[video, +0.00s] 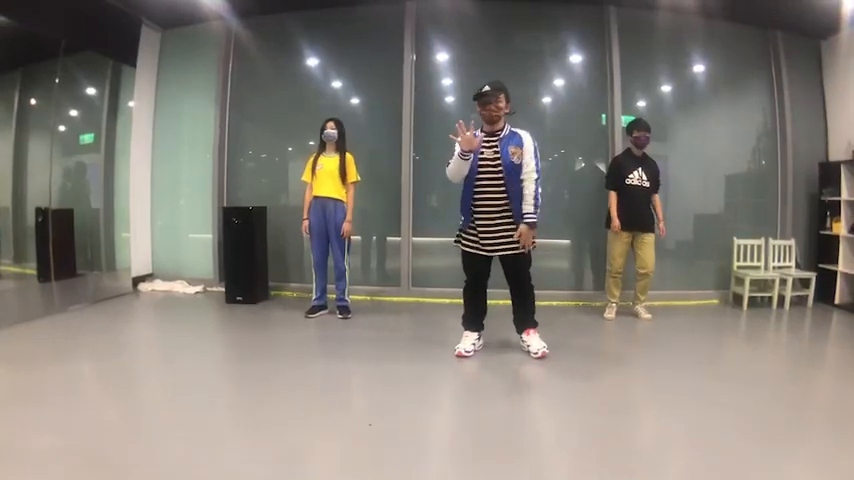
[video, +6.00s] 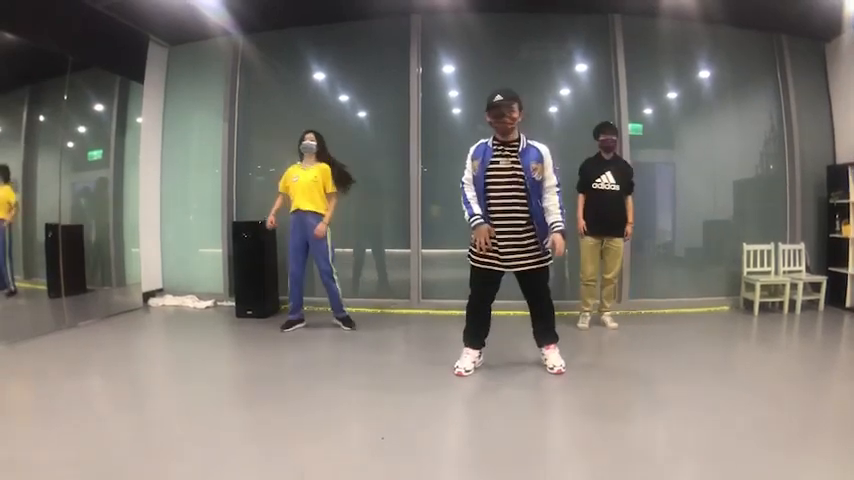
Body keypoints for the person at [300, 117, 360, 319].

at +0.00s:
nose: (329, 132)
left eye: (334, 129)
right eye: (326, 129)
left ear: (340, 134)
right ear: (321, 133)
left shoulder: (346, 158)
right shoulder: (315, 158)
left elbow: (350, 189)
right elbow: (309, 188)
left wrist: (349, 219)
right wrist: (305, 216)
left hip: (337, 203)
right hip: (317, 203)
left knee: (339, 257)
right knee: (318, 256)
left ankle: (342, 302)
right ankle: (319, 301)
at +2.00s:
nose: (336, 140)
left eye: (340, 137)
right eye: (332, 137)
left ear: (346, 141)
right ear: (327, 142)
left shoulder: (353, 166)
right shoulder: (320, 167)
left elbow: (357, 196)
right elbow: (313, 198)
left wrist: (362, 224)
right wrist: (305, 225)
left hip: (344, 214)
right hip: (323, 214)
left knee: (346, 265)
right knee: (325, 265)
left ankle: (349, 312)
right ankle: (326, 311)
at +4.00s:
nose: (333, 144)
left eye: (337, 141)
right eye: (329, 141)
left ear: (342, 148)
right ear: (323, 147)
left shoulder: (349, 173)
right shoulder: (315, 171)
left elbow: (361, 202)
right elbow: (303, 198)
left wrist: (345, 224)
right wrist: (302, 226)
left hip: (343, 218)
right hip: (322, 219)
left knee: (349, 267)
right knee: (322, 270)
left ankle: (348, 311)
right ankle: (296, 311)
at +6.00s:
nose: (308, 142)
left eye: (313, 139)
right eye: (305, 139)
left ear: (319, 146)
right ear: (300, 146)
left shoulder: (324, 169)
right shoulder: (292, 170)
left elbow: (333, 197)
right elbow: (282, 195)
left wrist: (325, 222)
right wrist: (272, 213)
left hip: (316, 217)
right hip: (296, 217)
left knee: (325, 269)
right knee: (295, 269)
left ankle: (340, 313)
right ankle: (296, 315)